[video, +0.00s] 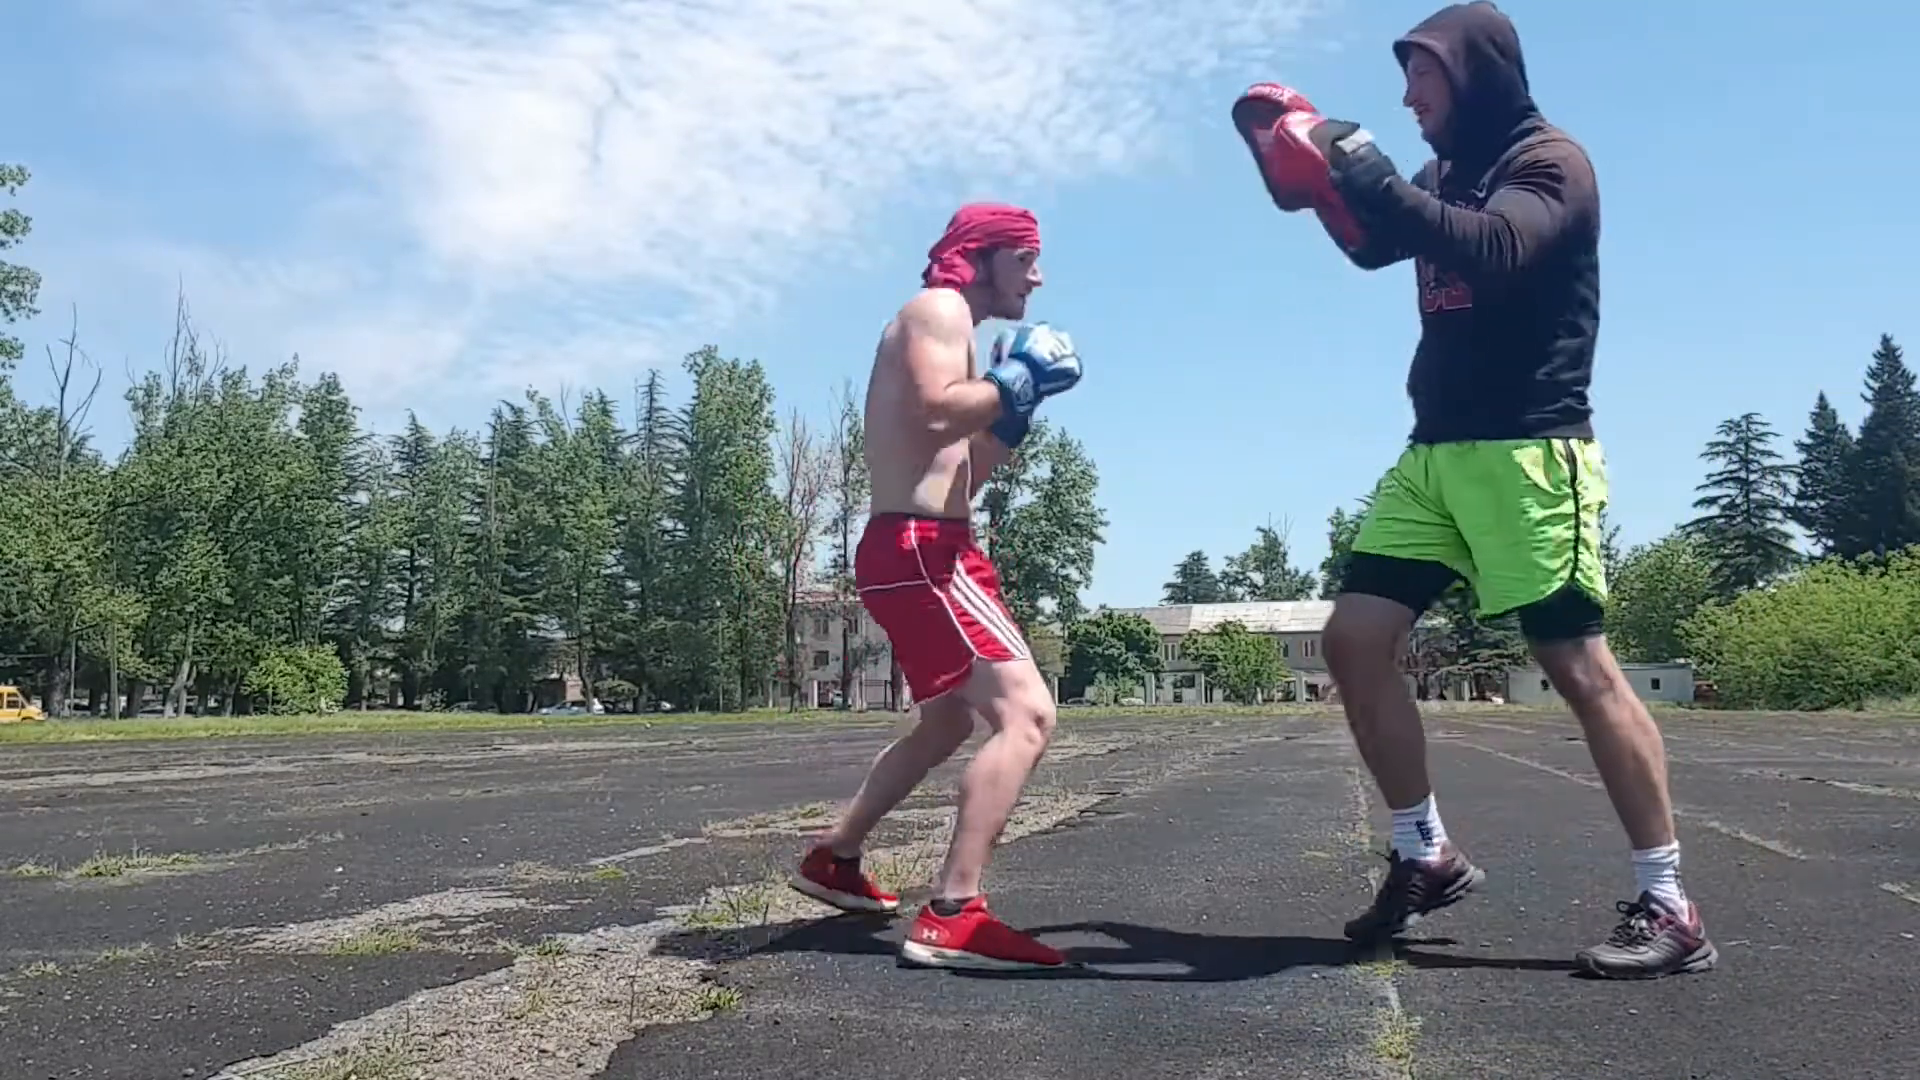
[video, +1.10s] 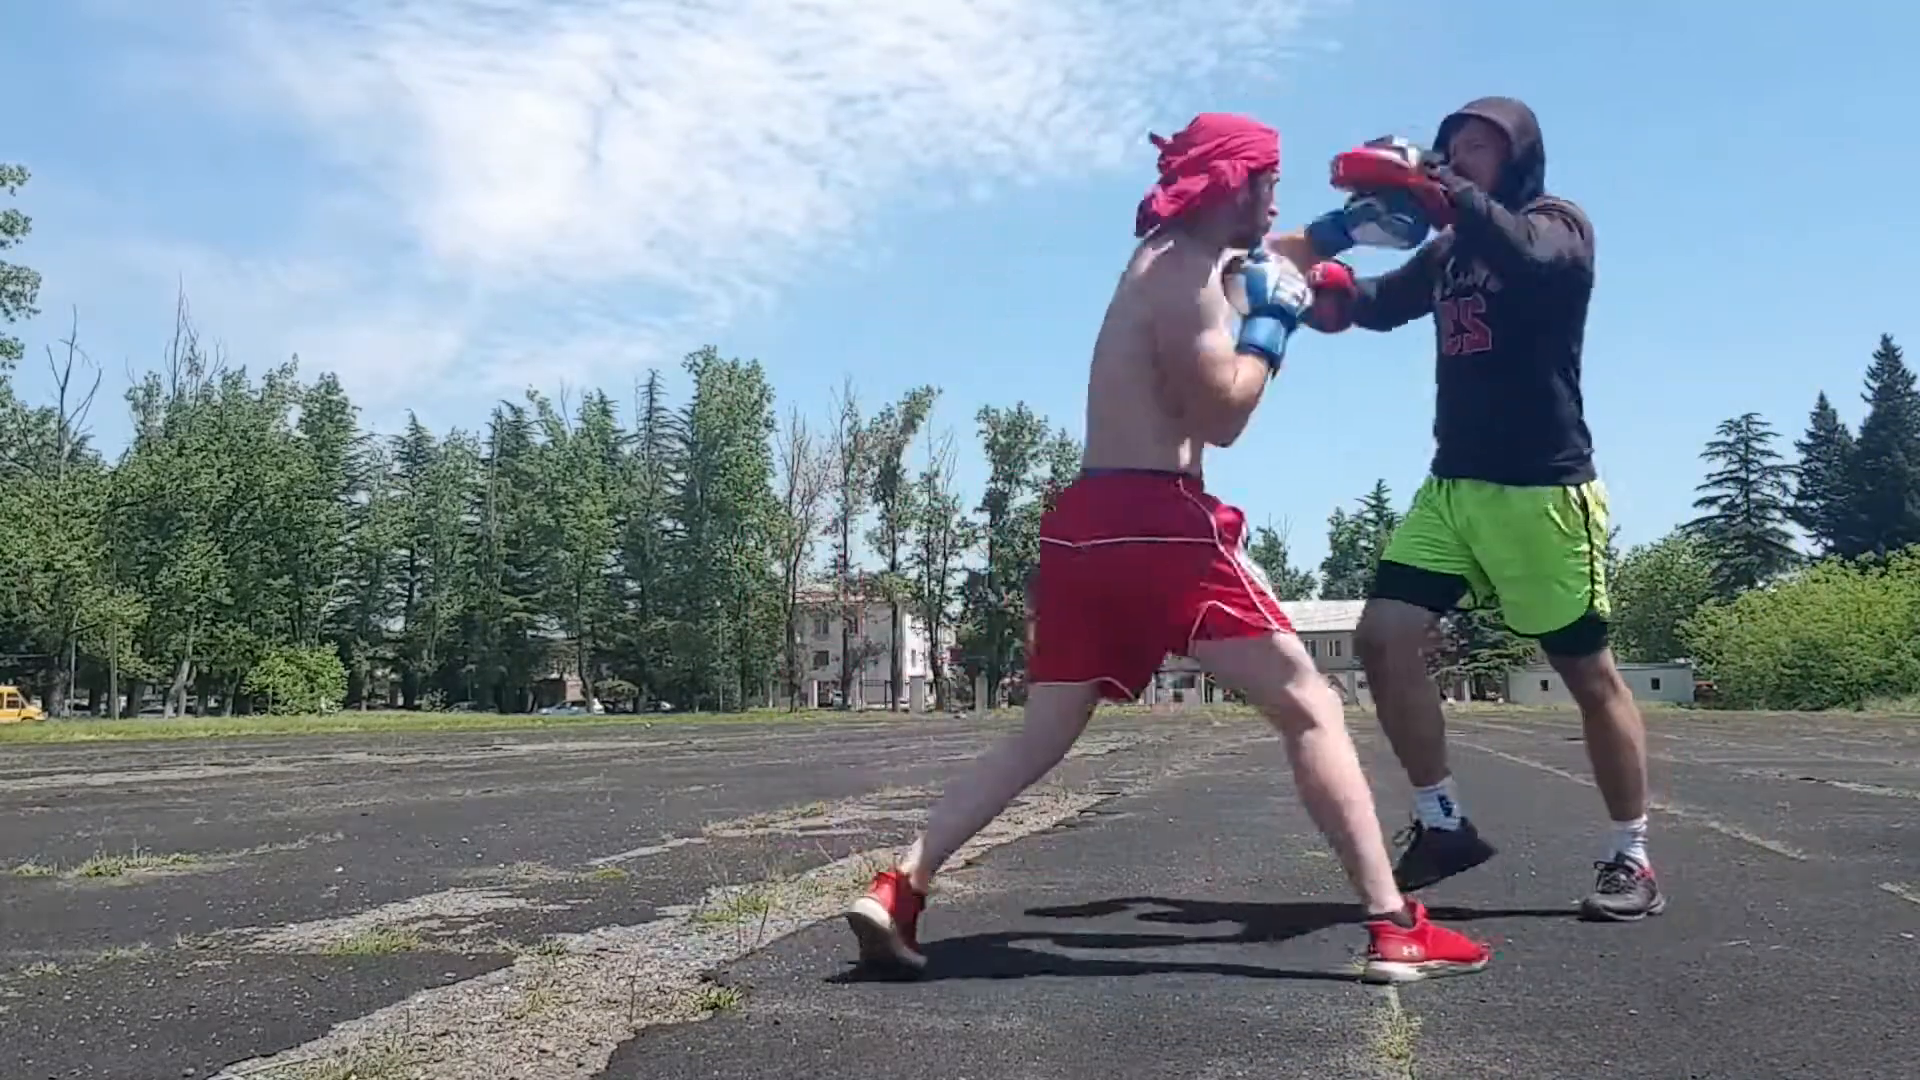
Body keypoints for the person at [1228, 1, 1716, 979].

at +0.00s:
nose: (1410, 91)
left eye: (1422, 71)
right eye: (1407, 74)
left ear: (1475, 72)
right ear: (1433, 83)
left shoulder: (1551, 161)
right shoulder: (1441, 175)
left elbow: (1494, 250)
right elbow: (1370, 244)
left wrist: (1368, 170)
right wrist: (1302, 155)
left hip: (1533, 455)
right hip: (1434, 456)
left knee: (1583, 671)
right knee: (1357, 643)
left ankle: (1668, 904)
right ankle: (1424, 857)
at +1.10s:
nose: (1454, 162)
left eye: (1474, 147)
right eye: (1448, 152)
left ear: (1518, 157)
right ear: (1445, 165)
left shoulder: (1558, 224)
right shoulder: (1448, 248)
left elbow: (1531, 254)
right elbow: (1383, 304)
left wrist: (1441, 192)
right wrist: (1320, 286)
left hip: (1545, 492)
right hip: (1452, 489)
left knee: (1593, 677)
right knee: (1386, 640)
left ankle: (1632, 860)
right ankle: (1443, 826)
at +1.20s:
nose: (1461, 154)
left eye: (1479, 142)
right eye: (1452, 145)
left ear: (1516, 159)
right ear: (1439, 166)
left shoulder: (1563, 235)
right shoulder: (1441, 257)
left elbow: (1636, 271)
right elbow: (1374, 345)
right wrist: (1323, 330)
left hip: (1544, 487)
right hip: (1451, 486)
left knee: (1589, 673)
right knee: (1389, 646)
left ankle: (1629, 856)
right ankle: (1442, 804)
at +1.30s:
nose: (1457, 167)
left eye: (1473, 152)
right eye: (1444, 158)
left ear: (1510, 163)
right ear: (1435, 179)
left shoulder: (1565, 243)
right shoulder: (1432, 267)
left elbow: (1675, 328)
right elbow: (1394, 362)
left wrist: (1632, 275)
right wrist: (1335, 369)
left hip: (1543, 490)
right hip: (1445, 490)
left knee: (1590, 674)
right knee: (1409, 660)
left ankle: (1632, 860)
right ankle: (1437, 809)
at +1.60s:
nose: (1435, 201)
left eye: (1450, 188)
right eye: (1421, 190)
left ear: (1478, 199)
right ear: (1405, 203)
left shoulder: (1518, 268)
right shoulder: (1377, 275)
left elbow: (1613, 342)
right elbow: (1315, 311)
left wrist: (1585, 267)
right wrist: (1312, 229)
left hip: (1506, 501)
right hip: (1410, 506)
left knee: (1529, 664)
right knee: (1427, 689)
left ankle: (1545, 838)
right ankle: (1451, 846)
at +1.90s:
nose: (1424, 203)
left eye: (1440, 192)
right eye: (1408, 192)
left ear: (1465, 206)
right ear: (1388, 207)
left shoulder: (1491, 273)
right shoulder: (1364, 267)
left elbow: (1555, 275)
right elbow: (1313, 270)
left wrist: (1516, 194)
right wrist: (1327, 185)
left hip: (1469, 504)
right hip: (1371, 499)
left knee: (1493, 683)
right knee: (1326, 664)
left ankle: (1498, 851)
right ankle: (1330, 831)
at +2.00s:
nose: (1405, 193)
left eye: (1421, 180)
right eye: (1389, 179)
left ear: (1445, 196)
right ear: (1361, 191)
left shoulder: (1467, 264)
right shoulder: (1336, 260)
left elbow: (1545, 270)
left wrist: (1507, 191)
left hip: (1451, 497)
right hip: (1359, 498)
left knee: (1480, 675)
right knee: (1314, 679)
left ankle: (1493, 849)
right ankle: (1280, 847)